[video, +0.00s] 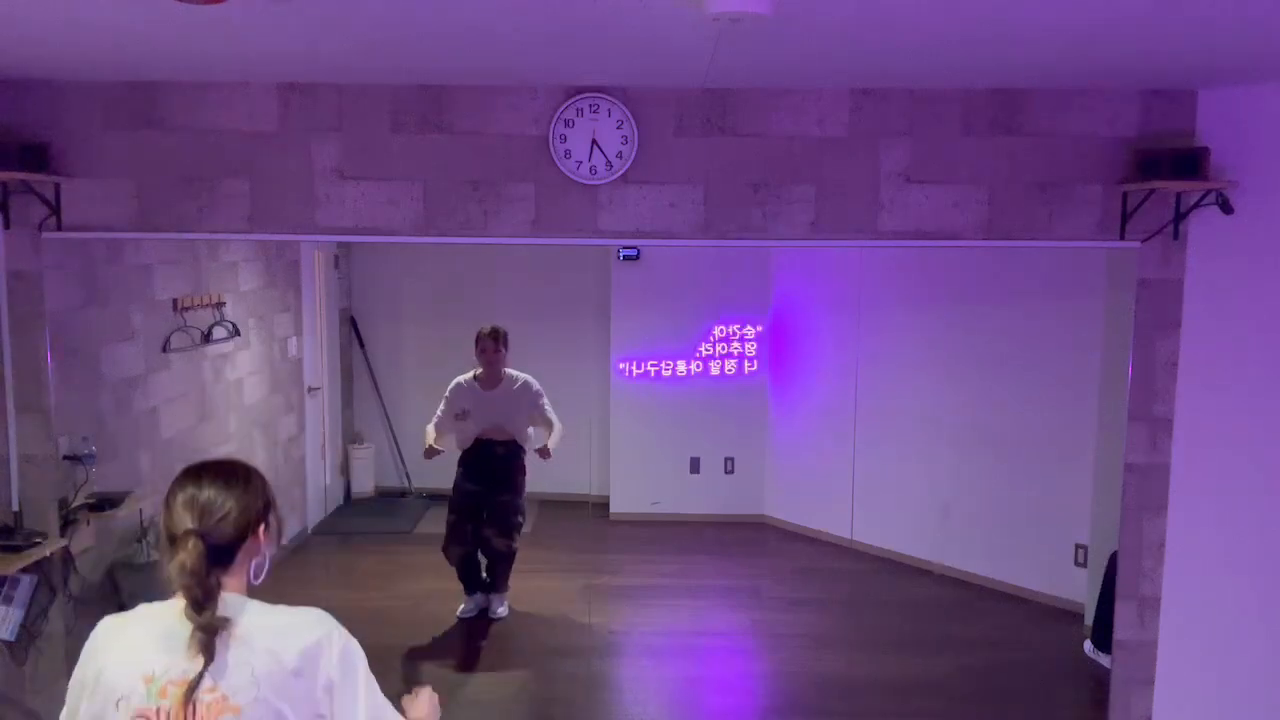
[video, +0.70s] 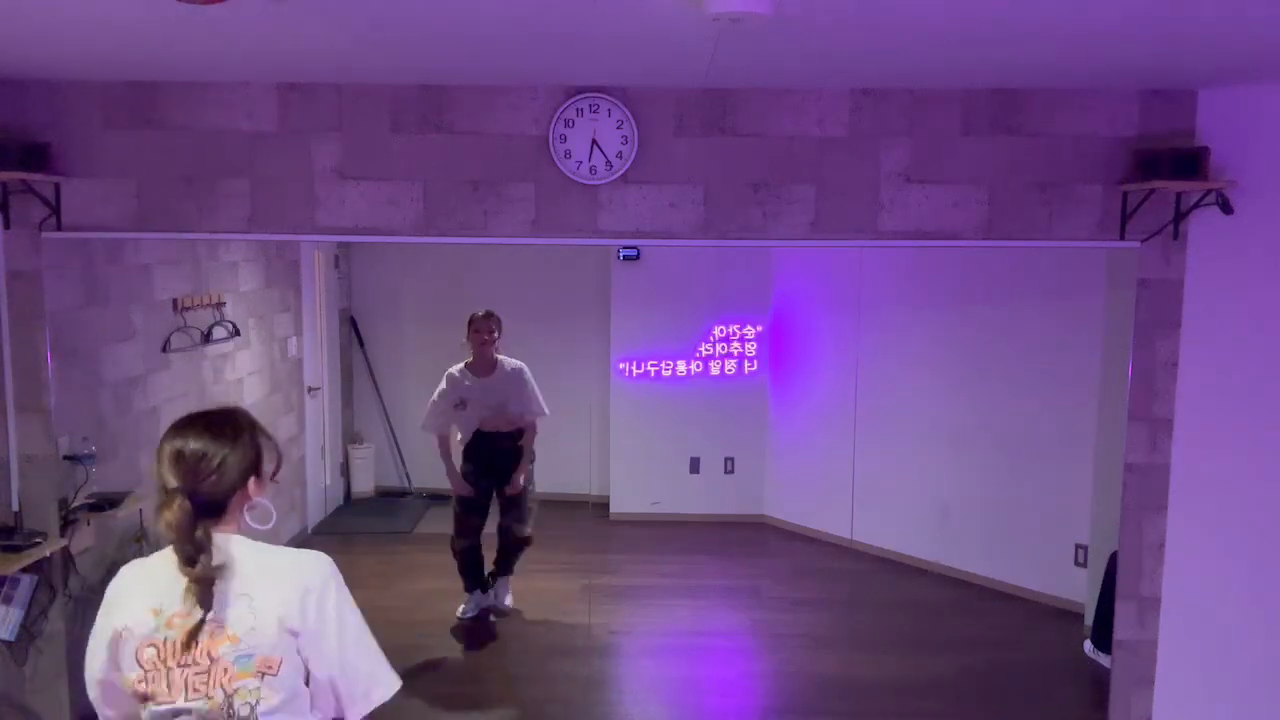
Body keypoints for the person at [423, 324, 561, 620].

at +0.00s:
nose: (488, 356)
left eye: (494, 350)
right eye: (482, 350)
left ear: (505, 353)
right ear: (475, 353)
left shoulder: (525, 386)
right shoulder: (460, 387)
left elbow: (554, 424)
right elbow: (436, 423)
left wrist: (549, 444)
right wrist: (430, 442)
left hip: (508, 462)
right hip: (473, 461)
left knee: (502, 532)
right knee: (457, 536)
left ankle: (498, 594)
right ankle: (474, 593)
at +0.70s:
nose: (484, 337)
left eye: (490, 332)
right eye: (477, 332)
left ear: (498, 337)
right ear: (468, 337)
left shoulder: (516, 372)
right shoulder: (455, 377)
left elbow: (530, 425)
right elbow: (442, 428)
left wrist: (523, 468)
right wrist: (452, 472)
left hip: (514, 449)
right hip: (477, 451)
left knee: (517, 528)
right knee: (465, 530)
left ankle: (501, 581)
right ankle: (475, 592)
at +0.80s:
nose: (479, 348)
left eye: (486, 343)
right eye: (473, 342)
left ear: (494, 348)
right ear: (464, 347)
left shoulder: (511, 376)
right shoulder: (454, 392)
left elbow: (517, 429)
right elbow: (456, 447)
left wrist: (512, 475)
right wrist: (454, 487)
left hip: (522, 452)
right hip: (486, 458)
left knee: (556, 529)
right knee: (465, 538)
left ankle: (515, 574)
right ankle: (477, 594)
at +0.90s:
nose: (477, 358)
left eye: (483, 353)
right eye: (472, 352)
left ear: (494, 356)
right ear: (465, 357)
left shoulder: (511, 377)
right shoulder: (461, 401)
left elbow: (516, 429)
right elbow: (462, 453)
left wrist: (499, 476)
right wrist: (447, 485)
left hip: (531, 462)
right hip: (496, 468)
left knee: (592, 524)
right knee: (478, 531)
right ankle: (477, 597)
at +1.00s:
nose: (488, 362)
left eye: (493, 355)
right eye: (482, 356)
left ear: (506, 357)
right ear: (476, 360)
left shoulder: (524, 372)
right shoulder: (478, 404)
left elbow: (520, 416)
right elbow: (466, 455)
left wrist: (489, 458)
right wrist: (435, 483)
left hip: (553, 468)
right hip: (517, 474)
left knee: (615, 523)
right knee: (497, 534)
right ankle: (479, 597)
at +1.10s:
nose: (509, 360)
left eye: (515, 353)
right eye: (504, 354)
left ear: (527, 354)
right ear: (497, 359)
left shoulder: (548, 367)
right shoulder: (502, 402)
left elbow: (534, 397)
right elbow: (478, 446)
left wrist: (498, 430)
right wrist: (437, 466)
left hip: (578, 464)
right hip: (543, 468)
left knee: (635, 525)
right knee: (520, 537)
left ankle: (624, 607)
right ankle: (482, 595)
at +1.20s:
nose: (532, 357)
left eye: (537, 349)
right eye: (526, 352)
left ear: (550, 347)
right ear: (520, 357)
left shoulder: (571, 361)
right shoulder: (524, 396)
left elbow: (562, 381)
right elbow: (494, 438)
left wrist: (519, 409)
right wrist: (447, 444)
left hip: (602, 462)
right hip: (565, 466)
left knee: (652, 527)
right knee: (534, 543)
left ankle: (625, 604)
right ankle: (490, 601)